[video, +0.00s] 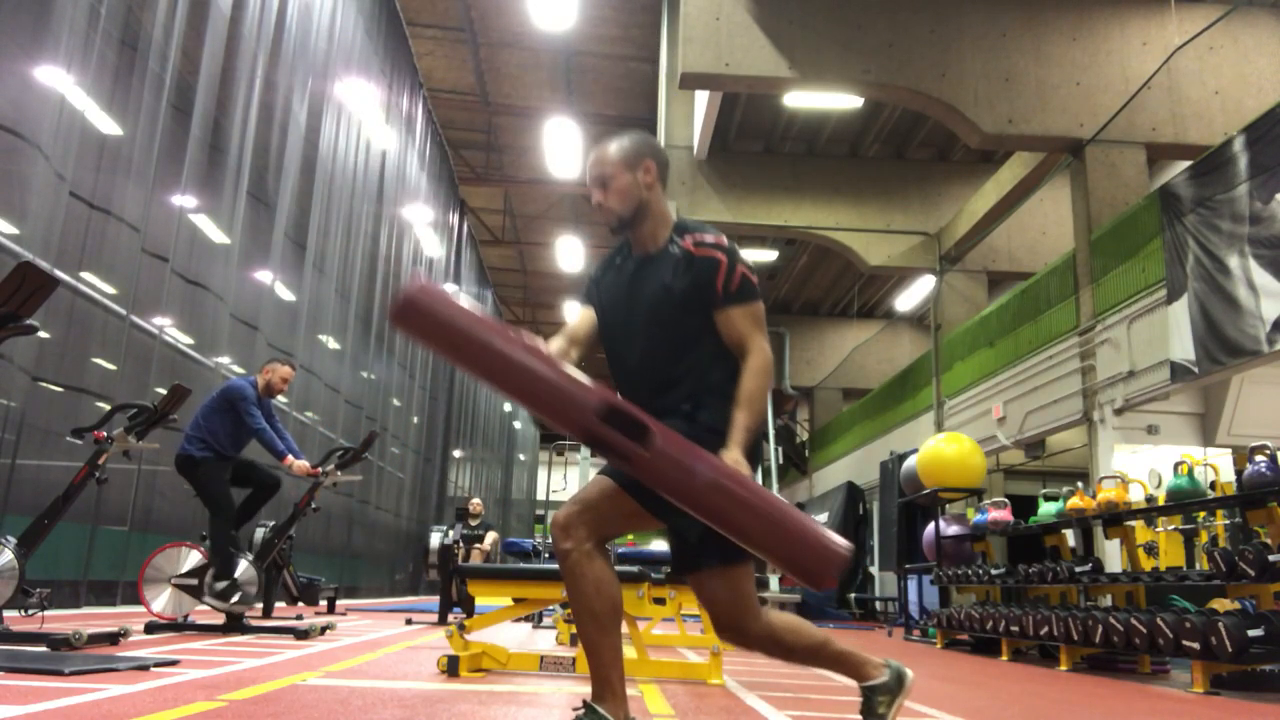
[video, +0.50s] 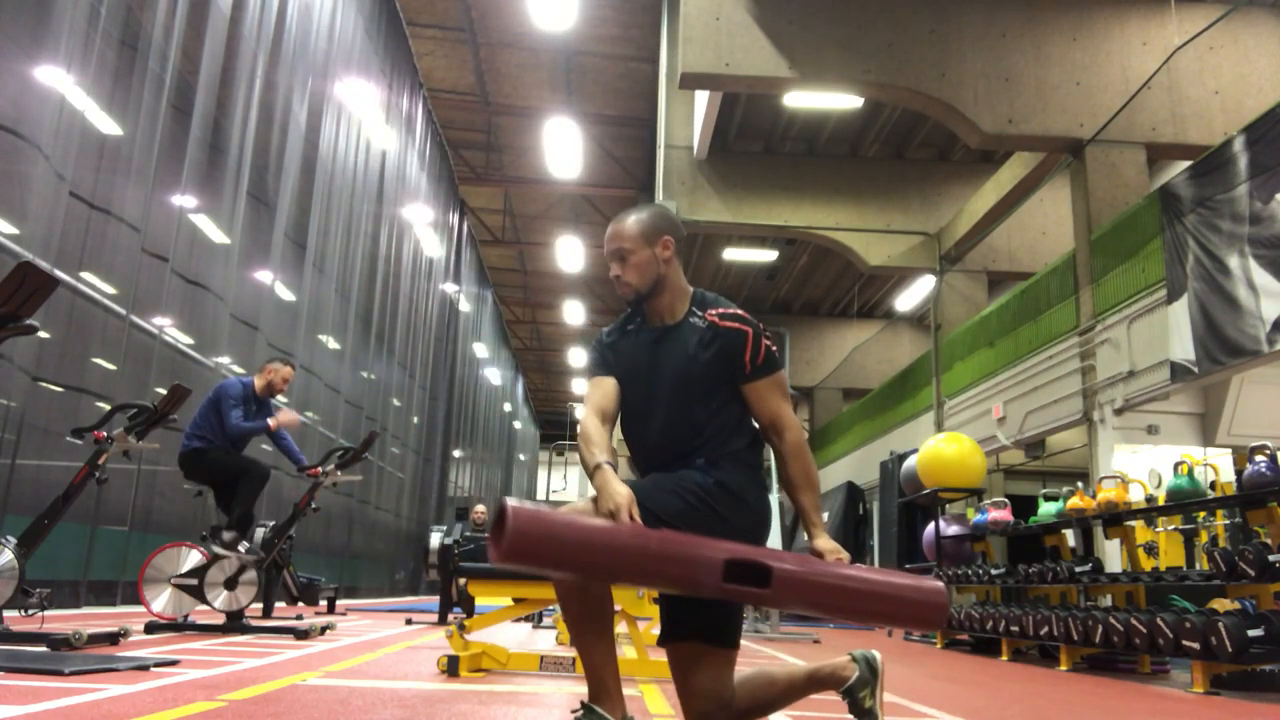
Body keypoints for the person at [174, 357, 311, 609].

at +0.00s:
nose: (285, 388)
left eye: (288, 384)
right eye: (283, 381)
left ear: (275, 380)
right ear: (266, 373)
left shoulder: (262, 400)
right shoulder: (241, 389)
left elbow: (278, 430)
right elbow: (259, 428)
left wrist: (302, 462)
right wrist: (288, 461)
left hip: (223, 460)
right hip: (198, 458)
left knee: (270, 483)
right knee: (224, 510)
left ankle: (228, 528)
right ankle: (221, 581)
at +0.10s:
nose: (286, 387)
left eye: (290, 383)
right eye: (285, 380)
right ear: (268, 372)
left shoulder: (262, 399)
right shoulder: (242, 388)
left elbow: (278, 429)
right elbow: (259, 428)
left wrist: (301, 461)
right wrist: (288, 461)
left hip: (224, 461)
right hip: (199, 459)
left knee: (273, 477)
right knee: (224, 513)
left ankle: (243, 533)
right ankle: (202, 576)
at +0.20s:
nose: (286, 388)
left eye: (289, 384)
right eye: (284, 381)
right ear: (268, 373)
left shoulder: (263, 399)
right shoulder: (242, 389)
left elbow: (278, 430)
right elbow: (258, 428)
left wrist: (301, 462)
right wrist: (289, 461)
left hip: (223, 460)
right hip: (198, 457)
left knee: (269, 492)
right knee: (236, 505)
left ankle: (252, 553)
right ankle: (196, 562)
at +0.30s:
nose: (284, 388)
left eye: (287, 383)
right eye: (283, 380)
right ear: (267, 372)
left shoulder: (262, 401)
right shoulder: (239, 389)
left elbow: (276, 430)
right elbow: (254, 429)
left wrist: (300, 461)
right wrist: (288, 459)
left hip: (219, 459)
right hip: (198, 455)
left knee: (255, 510)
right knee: (247, 490)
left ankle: (248, 564)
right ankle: (204, 538)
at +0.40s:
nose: (284, 387)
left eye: (288, 383)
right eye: (283, 379)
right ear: (268, 371)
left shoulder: (264, 404)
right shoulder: (236, 388)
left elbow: (279, 435)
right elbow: (243, 430)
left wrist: (305, 466)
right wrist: (281, 445)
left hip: (221, 462)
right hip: (198, 455)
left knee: (242, 520)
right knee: (257, 473)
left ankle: (227, 578)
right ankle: (214, 527)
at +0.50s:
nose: (285, 389)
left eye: (288, 384)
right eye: (284, 381)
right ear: (269, 372)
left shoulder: (264, 405)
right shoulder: (232, 388)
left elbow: (278, 435)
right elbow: (234, 429)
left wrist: (303, 465)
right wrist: (273, 422)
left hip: (221, 462)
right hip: (197, 456)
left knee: (245, 517)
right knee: (258, 471)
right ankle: (231, 534)